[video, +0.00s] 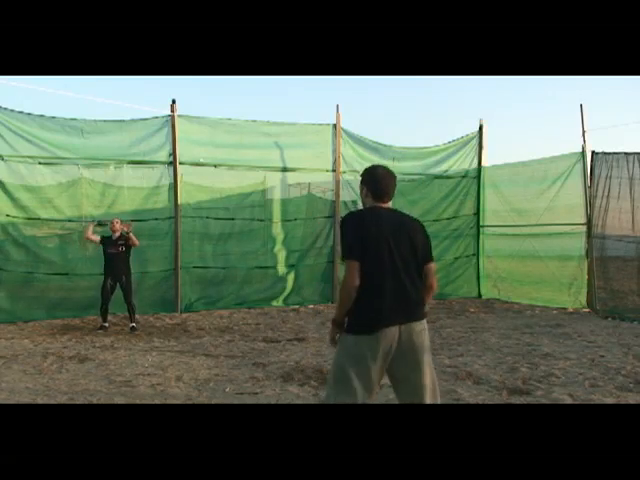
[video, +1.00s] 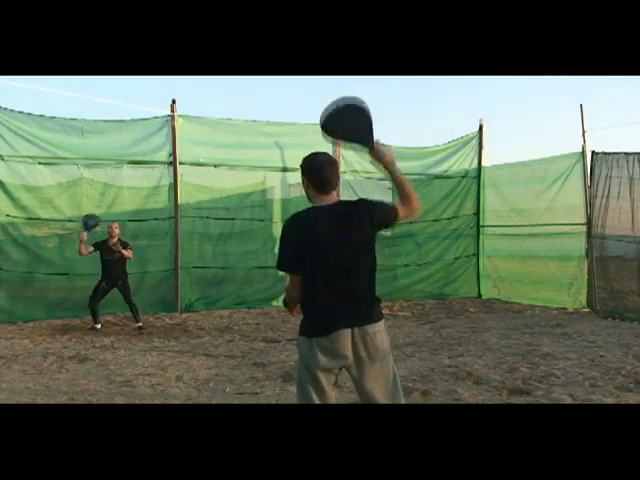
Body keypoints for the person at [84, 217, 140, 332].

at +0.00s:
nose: (113, 225)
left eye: (116, 223)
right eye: (112, 223)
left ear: (121, 226)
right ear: (110, 226)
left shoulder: (126, 239)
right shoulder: (105, 240)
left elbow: (136, 244)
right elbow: (88, 236)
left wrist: (129, 233)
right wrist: (92, 225)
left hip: (124, 273)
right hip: (109, 273)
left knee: (128, 300)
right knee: (104, 299)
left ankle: (133, 323)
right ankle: (104, 323)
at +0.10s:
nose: (114, 224)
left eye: (116, 222)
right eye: (112, 223)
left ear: (120, 225)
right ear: (110, 226)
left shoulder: (126, 239)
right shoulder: (106, 239)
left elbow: (135, 244)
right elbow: (97, 238)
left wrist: (129, 233)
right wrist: (97, 222)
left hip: (123, 272)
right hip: (109, 272)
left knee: (128, 298)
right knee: (104, 298)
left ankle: (132, 323)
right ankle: (104, 322)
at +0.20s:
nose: (114, 226)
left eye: (117, 224)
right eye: (113, 224)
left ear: (120, 226)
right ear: (110, 225)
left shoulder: (125, 238)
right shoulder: (105, 237)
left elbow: (133, 247)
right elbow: (105, 248)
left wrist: (127, 237)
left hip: (122, 272)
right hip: (108, 272)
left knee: (127, 297)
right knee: (103, 298)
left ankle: (132, 322)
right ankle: (104, 322)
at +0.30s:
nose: (117, 226)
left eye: (119, 224)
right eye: (115, 224)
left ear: (123, 226)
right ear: (112, 226)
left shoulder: (125, 241)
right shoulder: (106, 241)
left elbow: (135, 253)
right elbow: (103, 259)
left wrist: (132, 244)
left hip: (121, 270)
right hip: (107, 270)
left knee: (127, 297)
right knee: (104, 297)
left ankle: (132, 323)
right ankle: (103, 322)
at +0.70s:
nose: (116, 227)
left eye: (119, 224)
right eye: (114, 224)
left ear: (122, 227)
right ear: (111, 226)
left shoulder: (128, 241)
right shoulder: (103, 242)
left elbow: (135, 257)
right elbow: (94, 258)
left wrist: (128, 260)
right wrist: (98, 266)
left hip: (122, 272)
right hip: (107, 272)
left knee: (128, 298)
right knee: (102, 298)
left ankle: (132, 323)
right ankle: (101, 322)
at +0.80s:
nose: (114, 227)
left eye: (116, 225)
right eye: (112, 225)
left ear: (120, 227)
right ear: (108, 226)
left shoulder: (126, 241)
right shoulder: (102, 241)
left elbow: (133, 256)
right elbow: (91, 252)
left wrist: (119, 251)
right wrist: (89, 257)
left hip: (121, 275)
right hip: (106, 275)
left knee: (128, 299)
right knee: (98, 299)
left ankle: (132, 323)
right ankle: (97, 323)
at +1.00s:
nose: (113, 230)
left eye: (115, 228)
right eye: (111, 228)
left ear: (119, 231)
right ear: (107, 230)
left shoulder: (123, 244)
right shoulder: (102, 244)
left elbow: (130, 256)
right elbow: (83, 252)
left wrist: (120, 249)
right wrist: (82, 242)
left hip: (121, 278)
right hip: (107, 278)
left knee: (129, 300)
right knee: (93, 301)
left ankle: (138, 323)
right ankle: (97, 324)